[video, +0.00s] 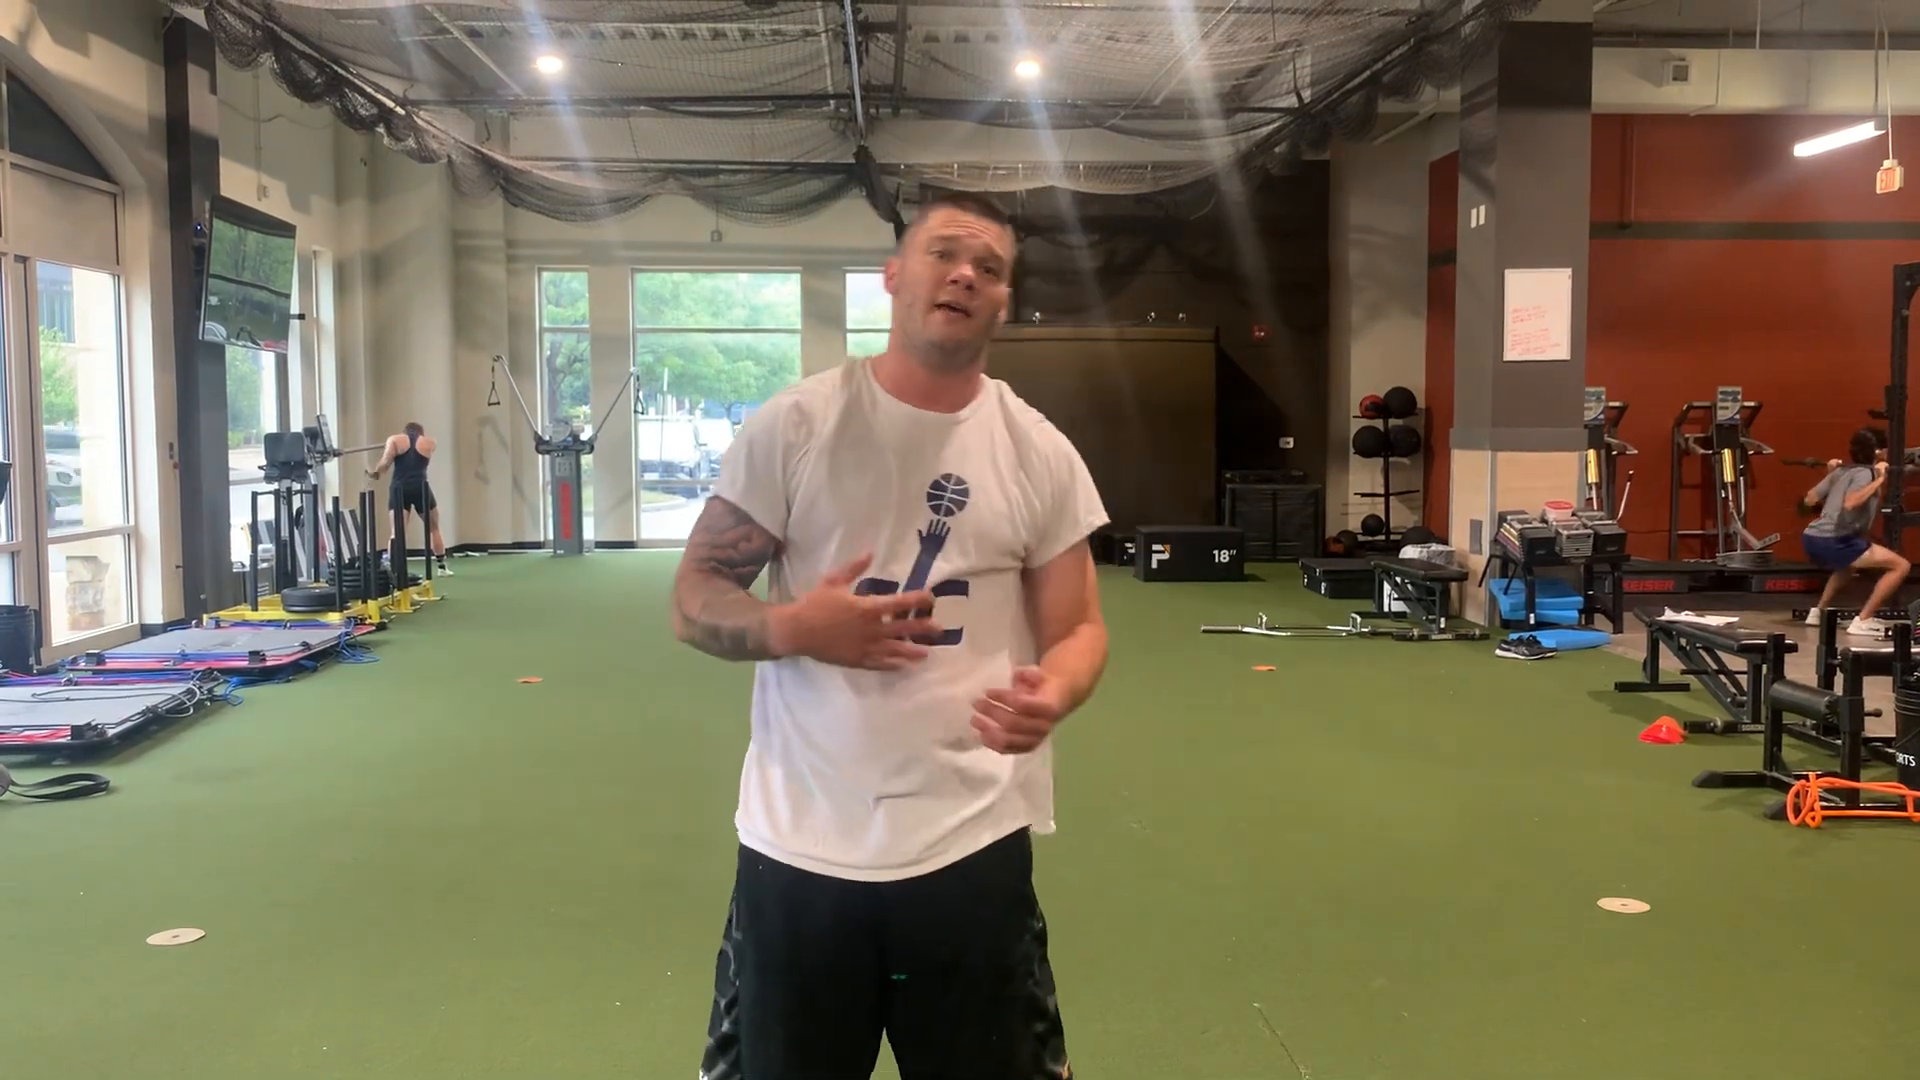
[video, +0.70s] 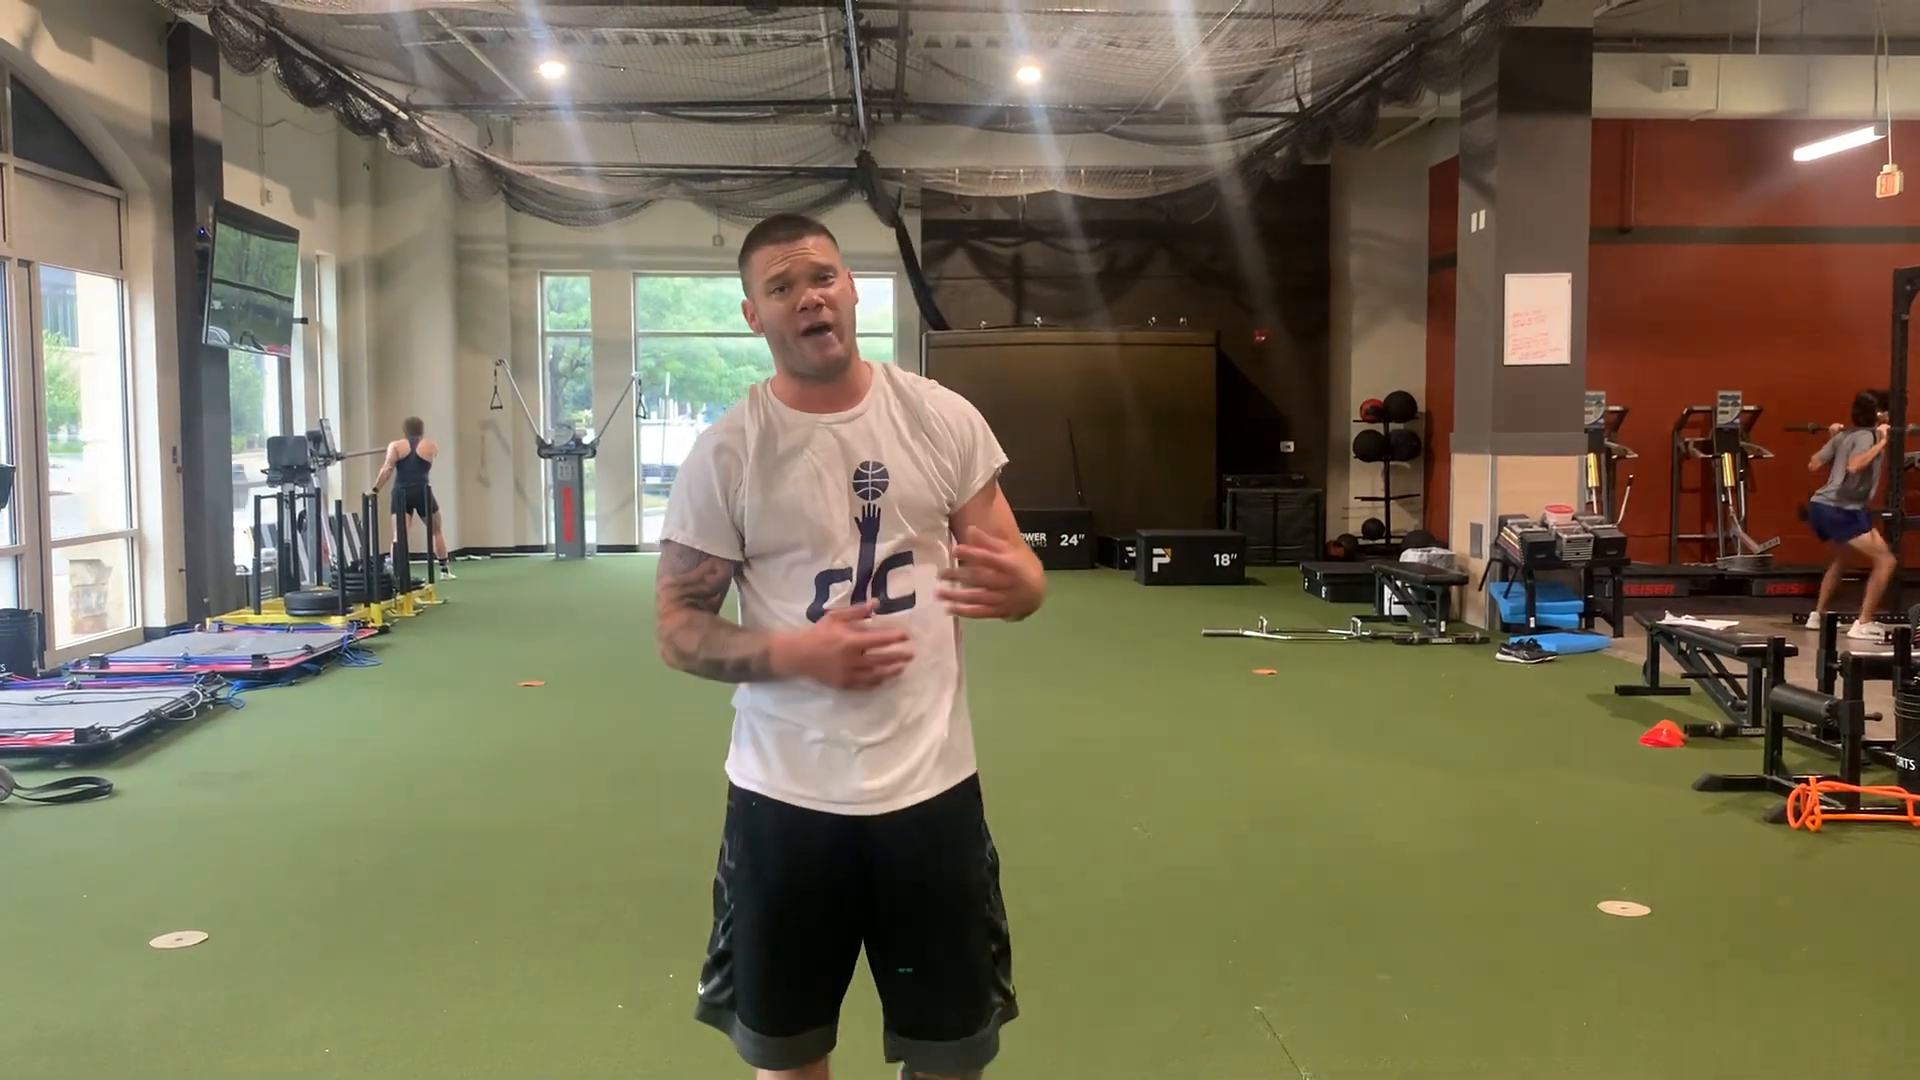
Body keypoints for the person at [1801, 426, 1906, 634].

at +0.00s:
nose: (1886, 453)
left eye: (1886, 449)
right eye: (1884, 449)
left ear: (1855, 451)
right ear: (1875, 452)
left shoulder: (1841, 472)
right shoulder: (1865, 474)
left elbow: (1810, 499)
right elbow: (1849, 503)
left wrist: (1830, 474)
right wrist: (1879, 479)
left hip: (1812, 539)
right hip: (1835, 542)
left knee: (1847, 568)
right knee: (1900, 566)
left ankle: (1818, 611)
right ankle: (1863, 620)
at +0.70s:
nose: (1887, 416)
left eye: (1887, 411)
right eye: (1884, 412)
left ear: (1857, 414)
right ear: (1875, 415)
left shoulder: (1843, 437)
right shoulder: (1867, 437)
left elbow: (1813, 464)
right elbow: (1853, 465)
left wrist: (1832, 437)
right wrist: (1881, 443)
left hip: (1820, 507)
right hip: (1841, 512)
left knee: (1841, 559)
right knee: (1886, 560)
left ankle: (1818, 615)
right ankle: (1864, 623)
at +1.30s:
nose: (1886, 450)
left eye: (1886, 445)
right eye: (1883, 445)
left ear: (1856, 445)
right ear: (1876, 447)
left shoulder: (1842, 467)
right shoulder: (1867, 468)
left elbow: (1812, 495)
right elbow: (1850, 496)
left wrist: (1832, 468)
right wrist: (1880, 473)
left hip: (1816, 535)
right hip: (1841, 540)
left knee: (1845, 571)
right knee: (1900, 568)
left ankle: (1818, 615)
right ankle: (1864, 623)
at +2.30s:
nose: (1891, 408)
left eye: (1891, 404)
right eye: (1889, 404)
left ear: (1861, 407)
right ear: (1881, 408)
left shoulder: (1847, 430)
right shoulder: (1872, 429)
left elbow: (1820, 457)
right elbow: (1860, 457)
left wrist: (1836, 430)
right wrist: (1887, 432)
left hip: (1830, 503)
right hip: (1854, 507)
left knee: (1841, 562)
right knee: (1881, 564)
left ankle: (1823, 621)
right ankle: (1870, 629)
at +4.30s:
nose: (1910, 399)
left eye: (1911, 396)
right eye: (1909, 395)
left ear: (1881, 393)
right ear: (1901, 396)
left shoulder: (1861, 417)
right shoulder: (1889, 417)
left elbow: (1832, 446)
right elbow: (1875, 443)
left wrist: (1849, 418)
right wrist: (1903, 418)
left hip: (1853, 496)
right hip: (1880, 500)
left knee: (1855, 558)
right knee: (1891, 559)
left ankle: (1851, 621)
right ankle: (1879, 623)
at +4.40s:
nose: (1911, 399)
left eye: (1911, 395)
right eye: (1909, 395)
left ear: (1881, 393)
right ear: (1902, 396)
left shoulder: (1861, 416)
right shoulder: (1889, 416)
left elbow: (1831, 445)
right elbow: (1875, 443)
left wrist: (1849, 418)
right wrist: (1903, 419)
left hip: (1851, 496)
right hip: (1878, 499)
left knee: (1854, 556)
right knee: (1894, 558)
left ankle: (1852, 619)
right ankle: (1876, 621)